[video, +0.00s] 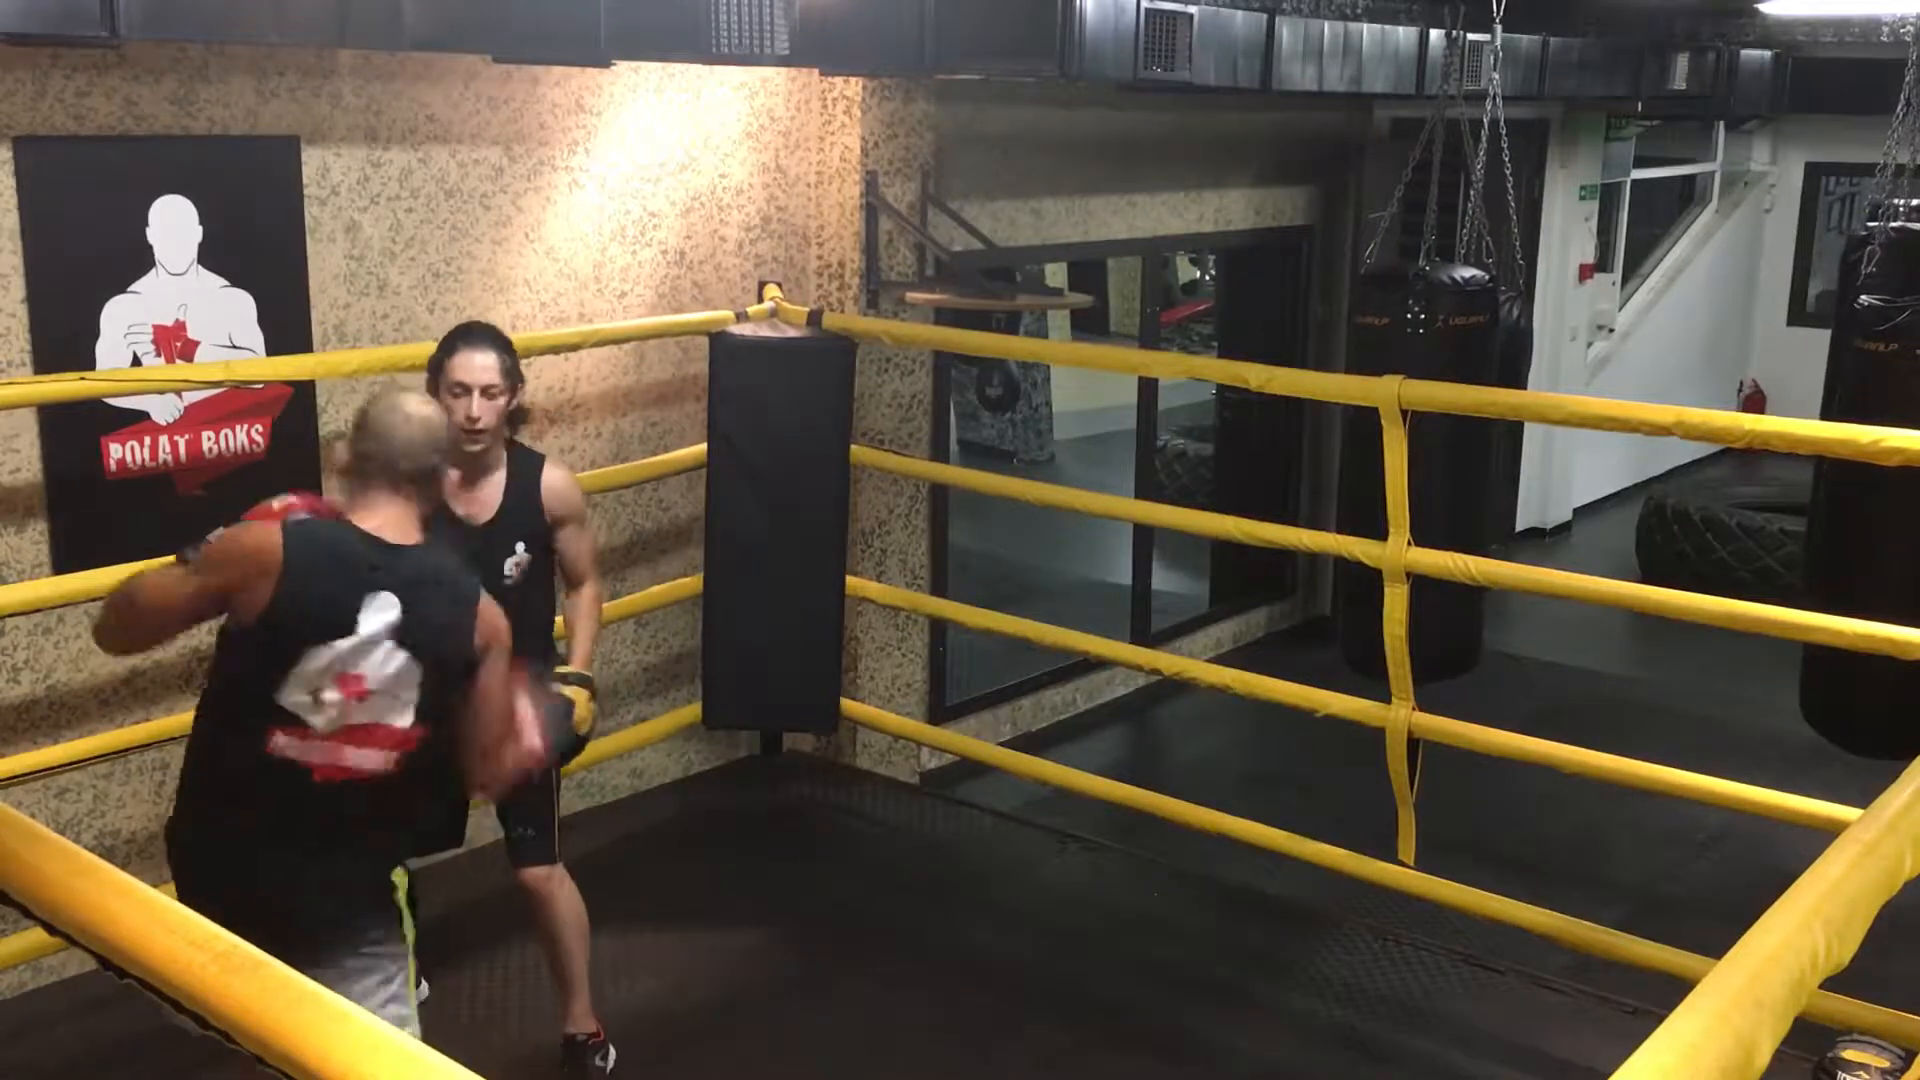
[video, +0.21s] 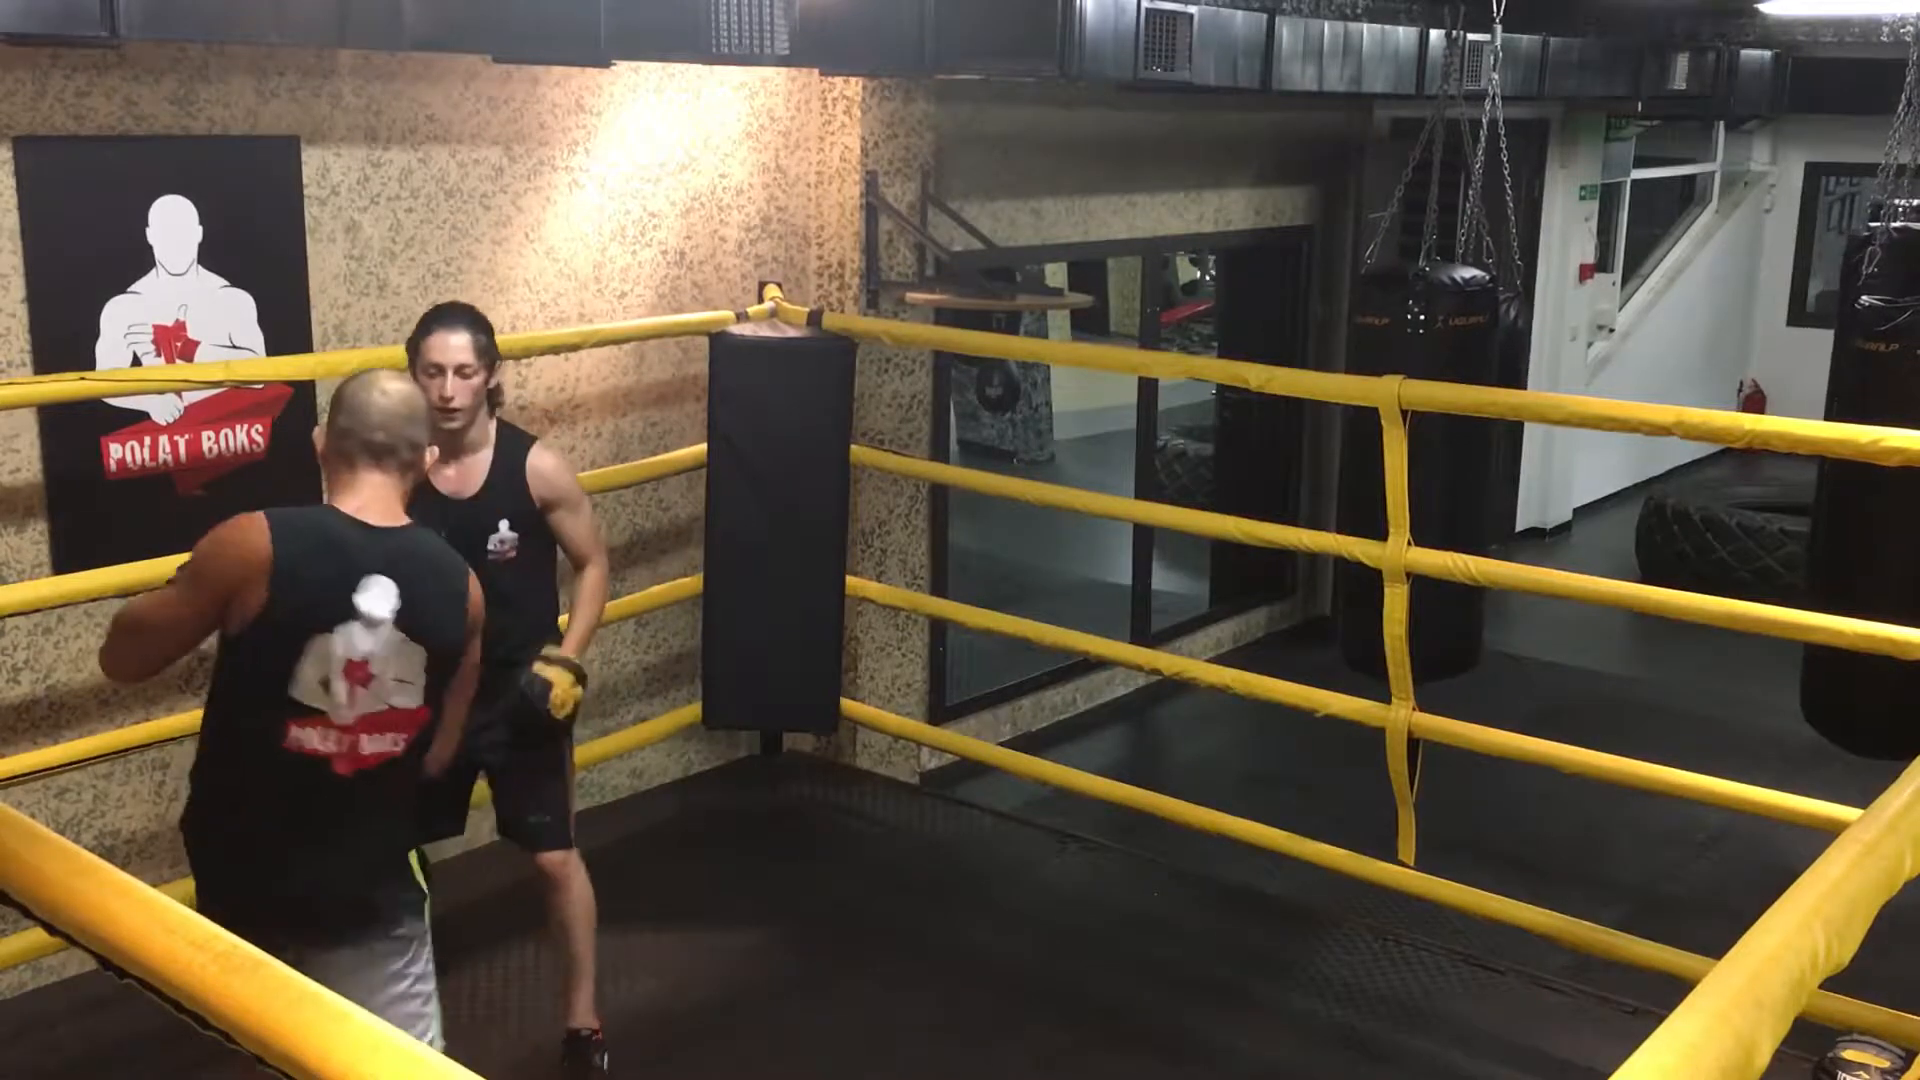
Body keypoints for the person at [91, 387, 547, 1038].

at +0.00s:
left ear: (346, 459)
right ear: (444, 484)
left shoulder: (265, 552)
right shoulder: (478, 617)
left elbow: (116, 627)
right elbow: (488, 774)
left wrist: (215, 554)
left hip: (224, 871)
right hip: (355, 888)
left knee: (249, 1049)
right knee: (378, 1067)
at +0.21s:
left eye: (320, 431)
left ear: (322, 444)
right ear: (426, 463)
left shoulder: (252, 546)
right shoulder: (460, 587)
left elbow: (123, 657)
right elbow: (438, 754)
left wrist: (205, 585)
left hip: (244, 875)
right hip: (373, 881)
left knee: (262, 1056)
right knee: (405, 1064)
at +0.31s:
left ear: (333, 451)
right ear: (438, 470)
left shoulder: (229, 543)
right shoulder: (450, 590)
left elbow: (96, 652)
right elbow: (453, 764)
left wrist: (190, 586)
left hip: (235, 875)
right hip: (362, 885)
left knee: (285, 1054)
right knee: (436, 1062)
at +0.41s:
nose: (455, 490)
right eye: (456, 480)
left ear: (346, 469)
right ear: (447, 488)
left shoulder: (241, 559)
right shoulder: (425, 617)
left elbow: (119, 653)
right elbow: (484, 750)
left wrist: (184, 682)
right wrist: (487, 616)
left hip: (241, 908)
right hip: (361, 927)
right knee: (441, 1056)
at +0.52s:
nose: (459, 510)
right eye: (461, 499)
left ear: (351, 488)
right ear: (451, 507)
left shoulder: (256, 583)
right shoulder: (416, 644)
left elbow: (136, 683)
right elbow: (518, 733)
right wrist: (513, 605)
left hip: (245, 923)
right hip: (356, 940)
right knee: (415, 1065)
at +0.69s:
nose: (476, 464)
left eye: (476, 444)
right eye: (475, 444)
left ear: (365, 436)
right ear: (456, 449)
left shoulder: (261, 542)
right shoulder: (429, 584)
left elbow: (194, 649)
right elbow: (514, 722)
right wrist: (520, 575)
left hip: (261, 879)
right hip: (365, 895)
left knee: (282, 1055)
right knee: (378, 1064)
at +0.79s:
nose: (487, 448)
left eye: (488, 430)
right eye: (489, 429)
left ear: (379, 413)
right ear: (474, 428)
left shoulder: (280, 509)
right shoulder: (445, 552)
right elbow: (512, 722)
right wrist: (540, 578)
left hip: (263, 847)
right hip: (362, 867)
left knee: (307, 1051)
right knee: (432, 1057)